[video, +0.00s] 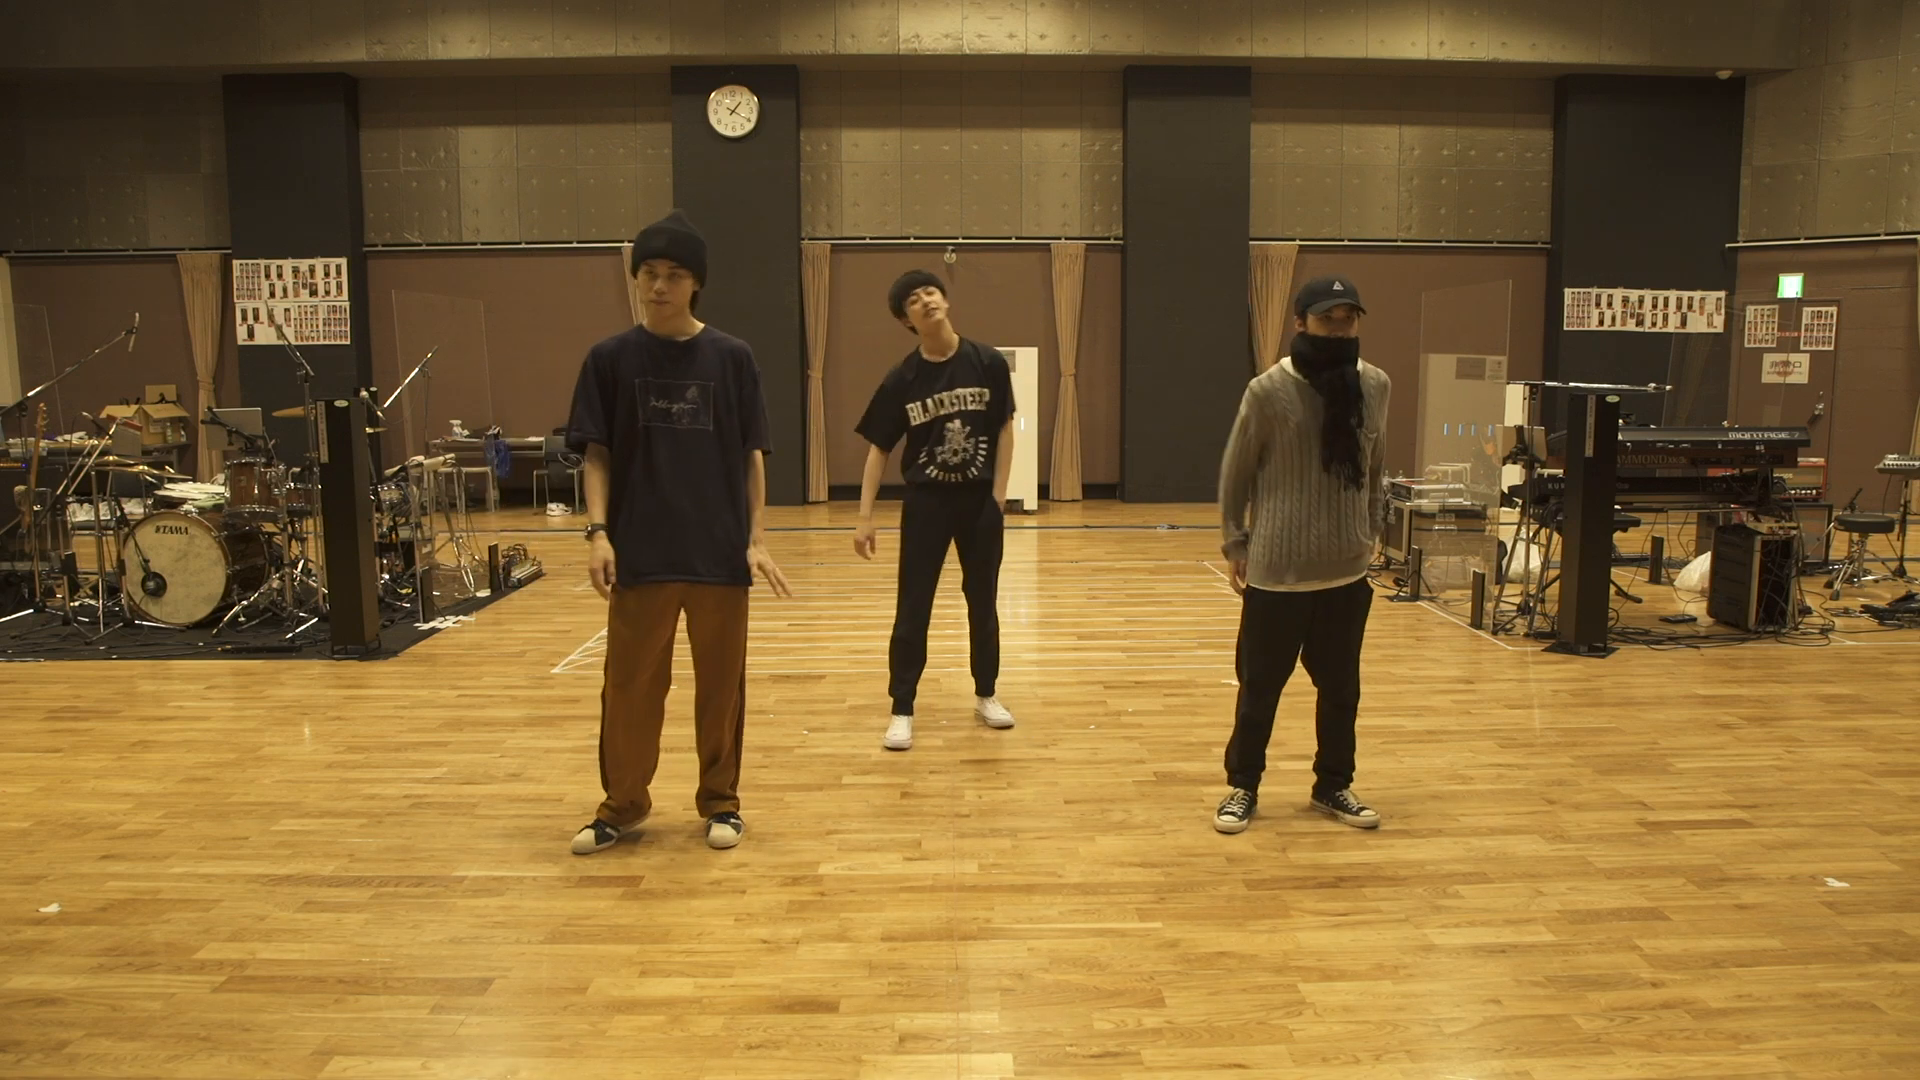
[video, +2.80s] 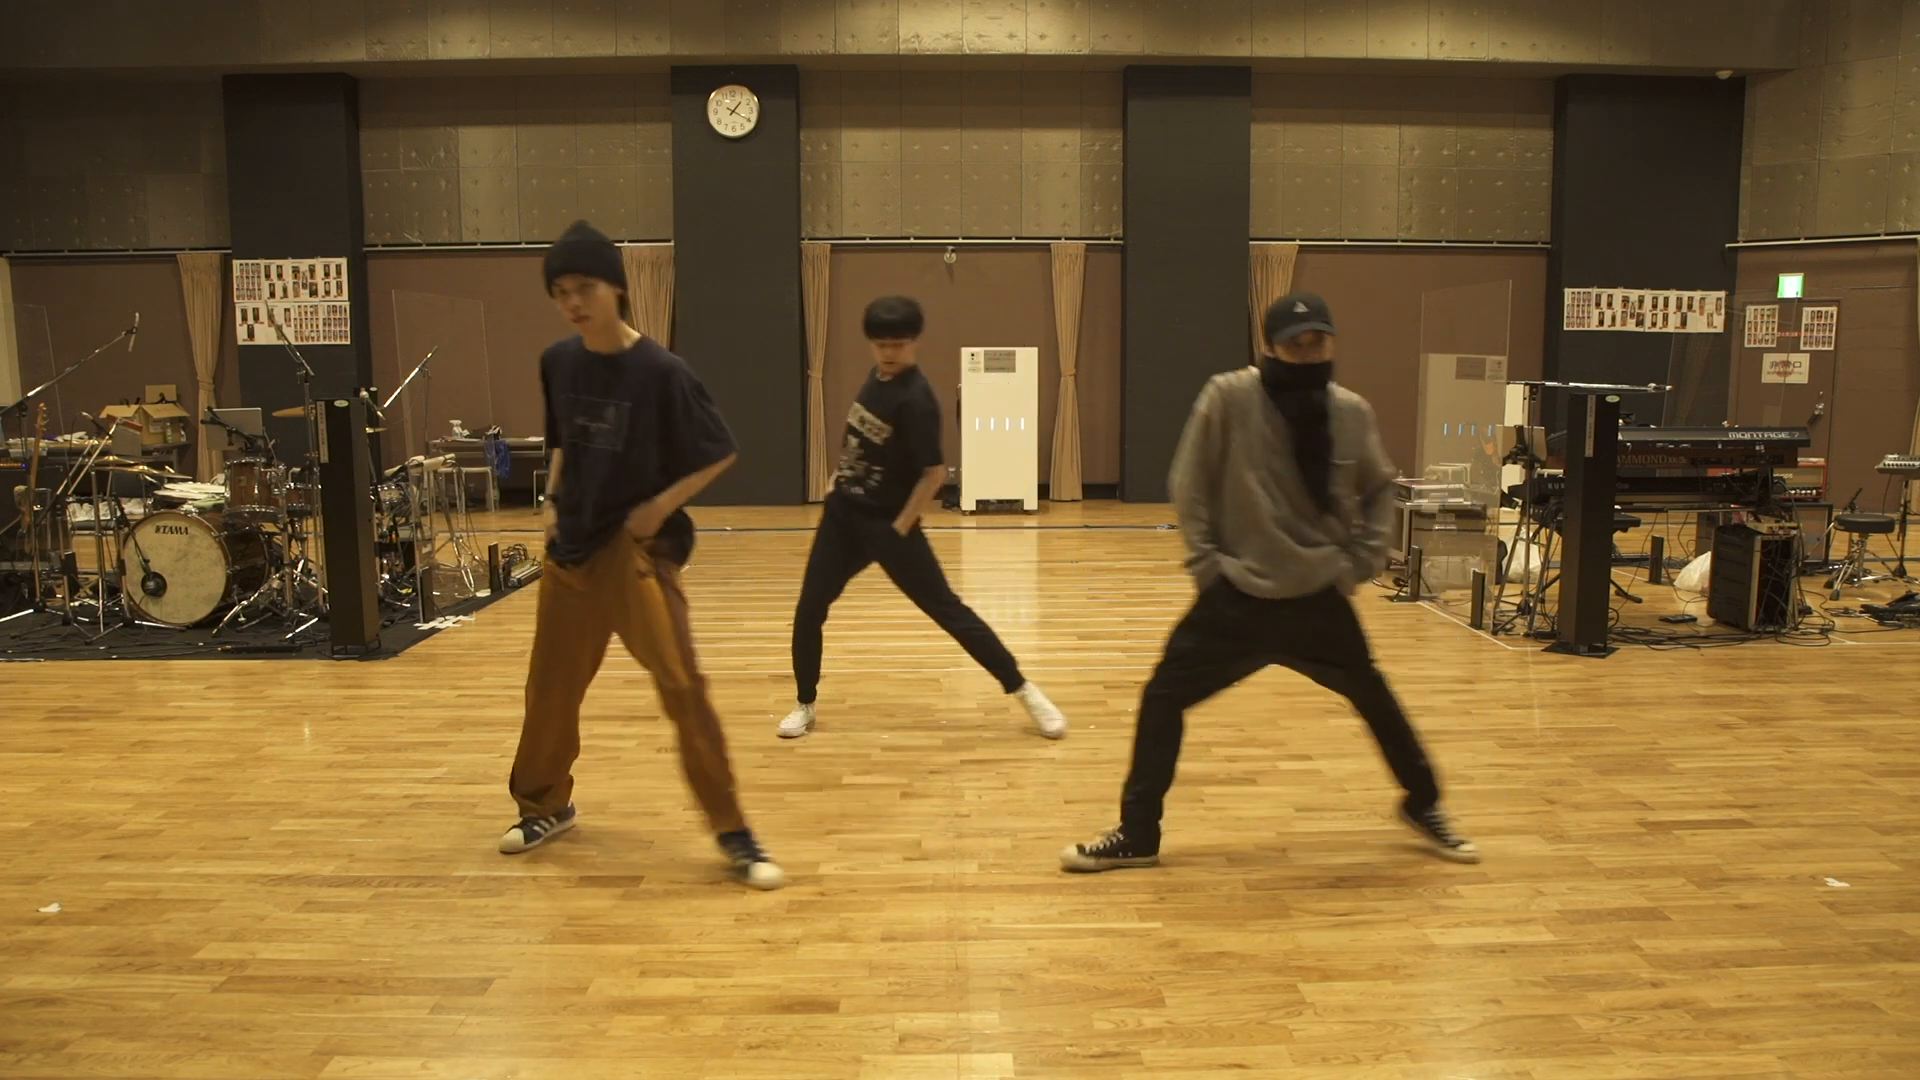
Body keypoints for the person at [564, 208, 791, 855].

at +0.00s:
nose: (658, 286)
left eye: (672, 275)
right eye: (649, 274)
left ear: (696, 283)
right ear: (635, 281)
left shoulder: (731, 358)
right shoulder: (610, 359)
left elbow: (752, 456)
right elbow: (595, 455)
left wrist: (756, 539)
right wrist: (598, 533)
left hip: (719, 552)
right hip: (640, 553)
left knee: (722, 685)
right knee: (629, 687)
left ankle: (721, 802)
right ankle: (622, 807)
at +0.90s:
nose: (620, 289)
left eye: (633, 276)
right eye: (609, 278)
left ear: (663, 280)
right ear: (598, 287)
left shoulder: (702, 362)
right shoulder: (579, 368)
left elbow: (754, 451)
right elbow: (570, 460)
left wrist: (715, 506)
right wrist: (576, 530)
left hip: (676, 551)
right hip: (607, 557)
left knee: (666, 678)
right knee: (628, 698)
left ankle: (711, 774)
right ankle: (668, 818)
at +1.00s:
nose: (591, 288)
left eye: (604, 274)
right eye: (579, 277)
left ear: (635, 278)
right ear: (569, 283)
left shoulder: (670, 353)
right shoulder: (571, 349)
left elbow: (739, 436)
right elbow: (583, 438)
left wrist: (677, 501)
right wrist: (589, 506)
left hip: (668, 533)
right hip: (609, 531)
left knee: (622, 658)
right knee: (623, 668)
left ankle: (669, 792)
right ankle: (659, 808)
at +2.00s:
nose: (610, 308)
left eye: (622, 297)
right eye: (600, 297)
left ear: (651, 296)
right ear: (588, 298)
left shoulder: (688, 368)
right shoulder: (589, 372)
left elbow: (727, 464)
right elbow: (602, 465)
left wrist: (708, 553)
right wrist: (605, 530)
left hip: (694, 559)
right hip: (629, 558)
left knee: (686, 682)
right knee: (625, 688)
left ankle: (679, 778)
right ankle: (628, 807)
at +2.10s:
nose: (623, 316)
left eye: (636, 305)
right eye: (613, 304)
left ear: (662, 305)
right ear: (600, 304)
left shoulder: (702, 373)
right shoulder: (591, 375)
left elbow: (761, 453)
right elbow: (601, 462)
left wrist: (728, 534)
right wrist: (612, 527)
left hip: (708, 559)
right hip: (640, 560)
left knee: (721, 687)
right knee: (625, 690)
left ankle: (720, 766)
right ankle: (631, 807)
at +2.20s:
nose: (651, 314)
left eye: (664, 304)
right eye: (642, 302)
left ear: (690, 303)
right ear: (629, 300)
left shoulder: (734, 369)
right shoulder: (609, 364)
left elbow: (785, 437)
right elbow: (611, 444)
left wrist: (756, 504)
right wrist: (618, 512)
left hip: (724, 555)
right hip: (646, 559)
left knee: (772, 675)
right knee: (621, 690)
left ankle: (806, 791)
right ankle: (624, 808)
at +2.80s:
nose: (572, 304)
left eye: (583, 289)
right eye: (560, 294)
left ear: (616, 288)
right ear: (554, 301)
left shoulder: (662, 373)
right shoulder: (559, 364)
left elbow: (721, 453)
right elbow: (563, 443)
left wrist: (661, 505)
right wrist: (553, 506)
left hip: (639, 553)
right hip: (571, 549)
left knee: (684, 690)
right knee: (551, 683)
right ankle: (547, 805)